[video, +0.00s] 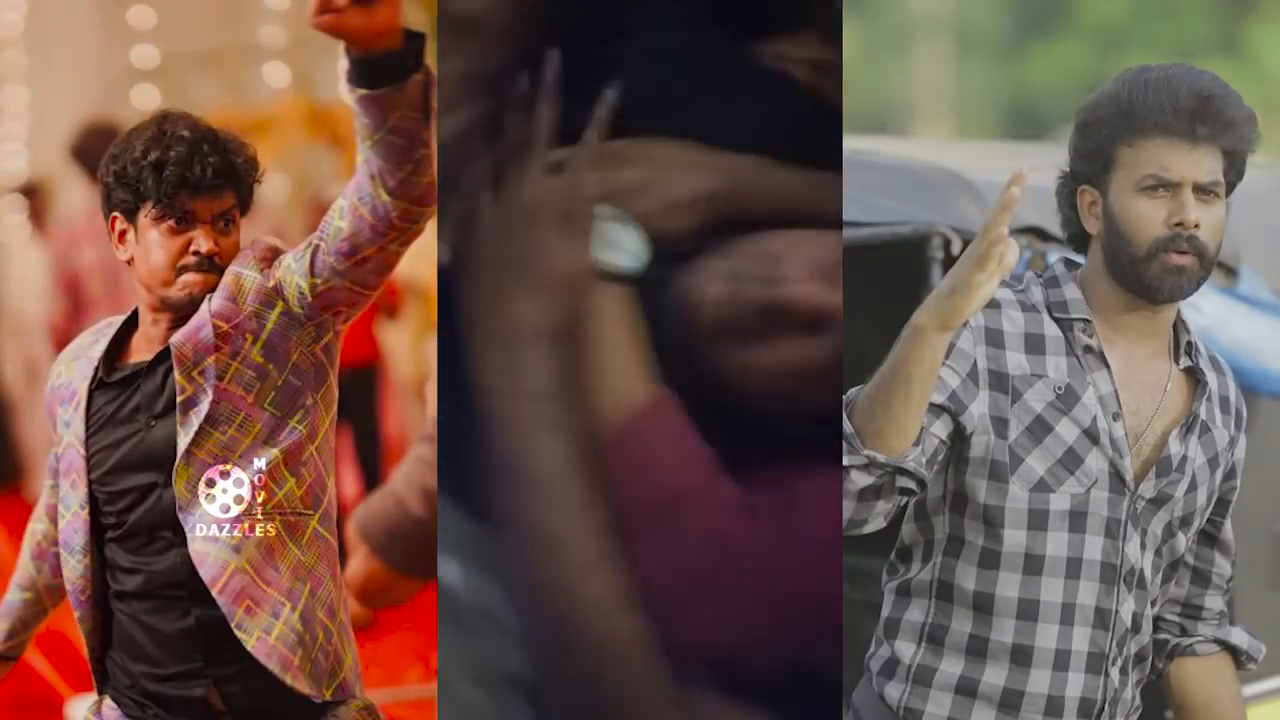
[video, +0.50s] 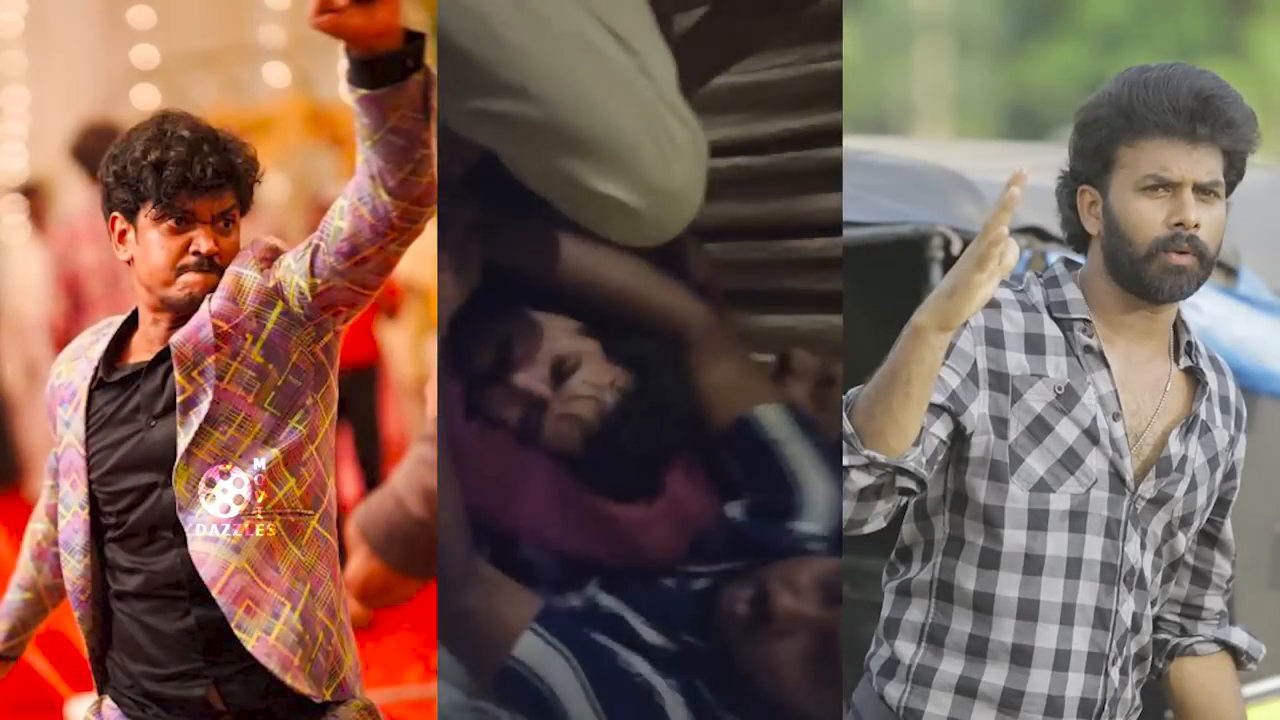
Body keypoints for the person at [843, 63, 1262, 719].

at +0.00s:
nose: (1187, 217)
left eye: (1207, 194)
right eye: (1157, 190)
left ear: (1227, 209)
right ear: (1092, 208)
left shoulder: (1219, 398)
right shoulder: (984, 329)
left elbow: (1193, 616)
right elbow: (853, 508)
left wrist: (1224, 711)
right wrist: (932, 326)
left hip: (1106, 709)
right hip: (936, 702)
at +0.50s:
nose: (1187, 217)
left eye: (1207, 194)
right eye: (1157, 190)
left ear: (1227, 209)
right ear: (1092, 208)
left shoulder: (1219, 397)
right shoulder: (985, 328)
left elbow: (1193, 615)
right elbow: (857, 504)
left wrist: (1224, 711)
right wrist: (932, 325)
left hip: (1105, 709)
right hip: (936, 701)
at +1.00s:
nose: (1187, 217)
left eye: (1207, 194)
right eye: (1157, 190)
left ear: (1227, 208)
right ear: (1092, 208)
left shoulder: (1219, 397)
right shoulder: (984, 329)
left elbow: (1193, 617)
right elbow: (854, 506)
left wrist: (1226, 711)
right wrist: (932, 326)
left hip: (1106, 709)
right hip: (936, 702)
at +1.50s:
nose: (1187, 217)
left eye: (1207, 194)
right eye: (1157, 190)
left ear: (1227, 208)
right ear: (1092, 208)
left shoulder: (1219, 398)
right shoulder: (984, 329)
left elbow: (1193, 618)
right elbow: (851, 507)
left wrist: (1226, 711)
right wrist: (932, 327)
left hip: (1106, 709)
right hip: (937, 702)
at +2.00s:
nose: (1187, 217)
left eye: (1207, 194)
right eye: (1157, 190)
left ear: (1227, 208)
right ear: (1092, 208)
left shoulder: (1219, 398)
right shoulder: (984, 329)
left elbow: (1193, 615)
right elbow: (851, 508)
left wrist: (1225, 711)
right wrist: (931, 328)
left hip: (1105, 709)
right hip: (934, 702)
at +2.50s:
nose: (1187, 217)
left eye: (1207, 194)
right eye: (1157, 190)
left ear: (1227, 208)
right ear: (1092, 207)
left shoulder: (1219, 398)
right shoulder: (984, 329)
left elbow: (1193, 617)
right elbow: (850, 508)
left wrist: (1225, 711)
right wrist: (931, 327)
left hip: (1105, 709)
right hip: (935, 702)